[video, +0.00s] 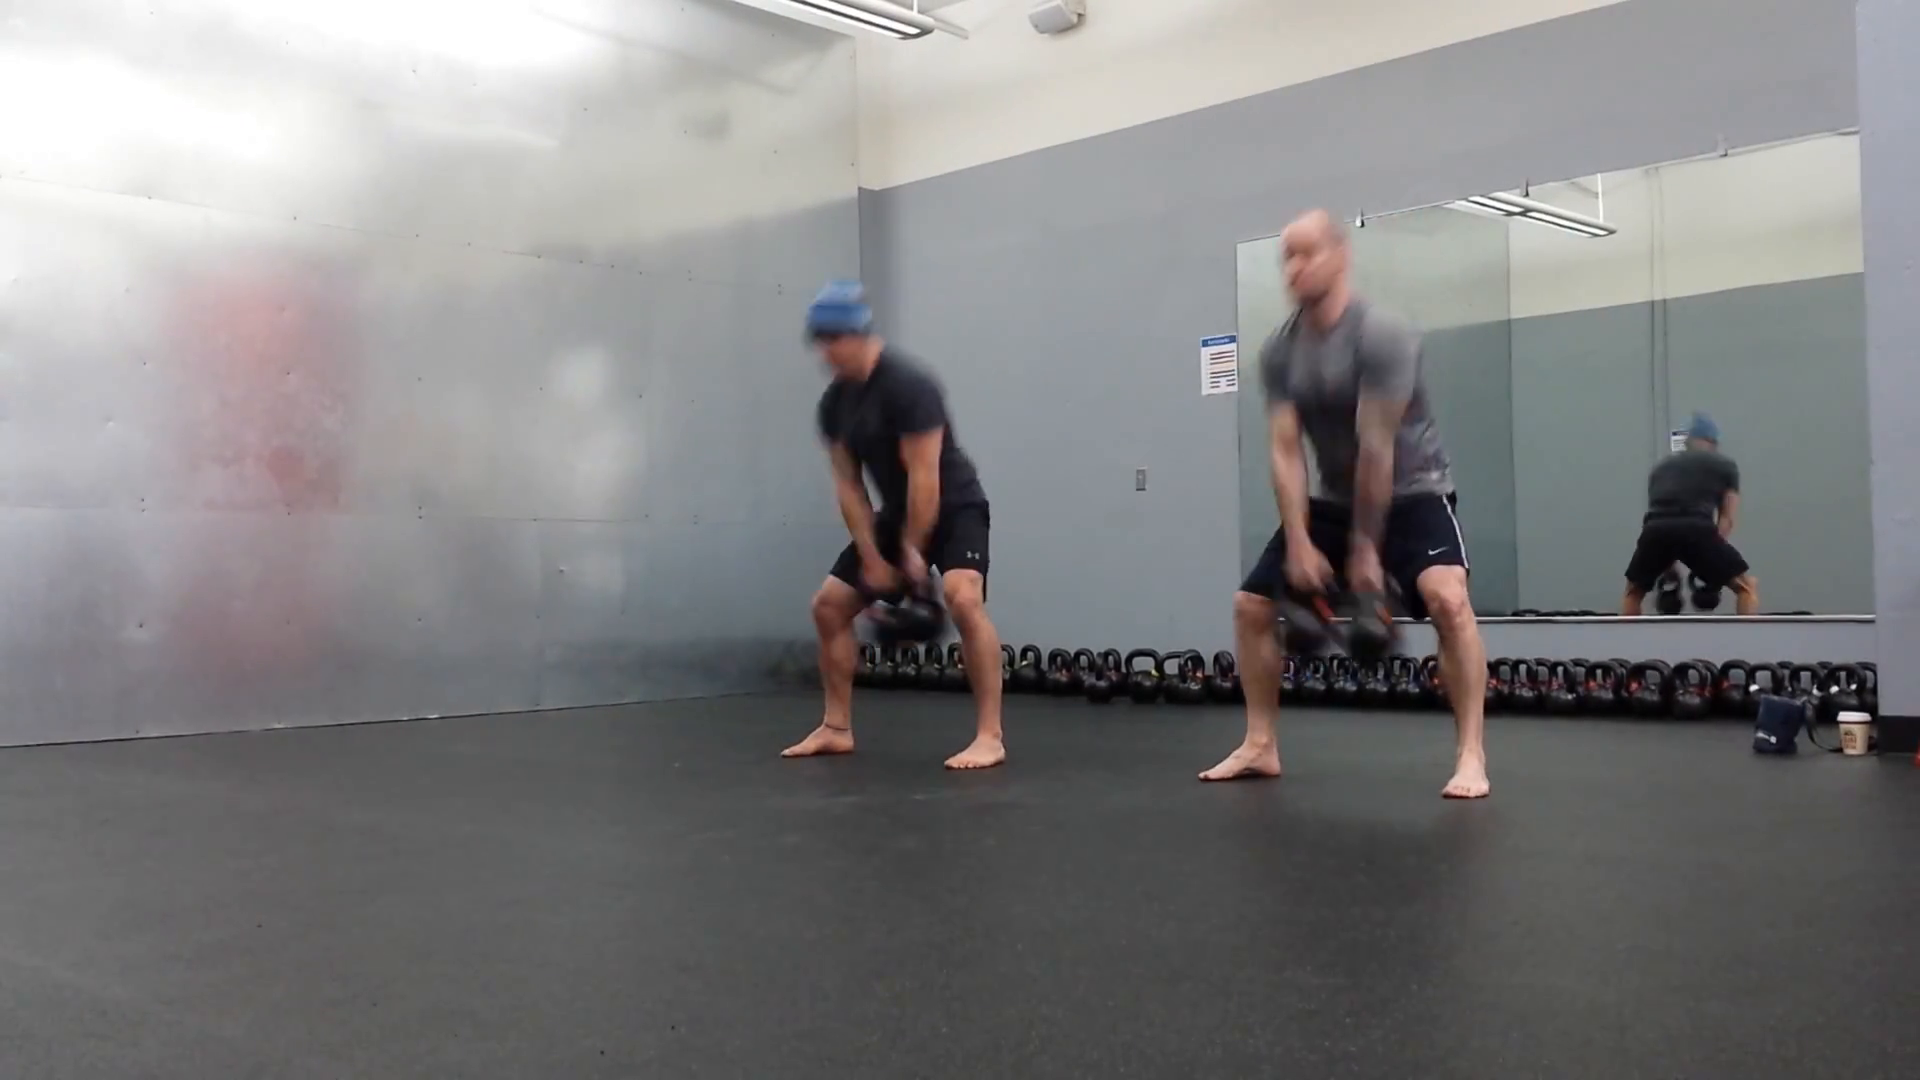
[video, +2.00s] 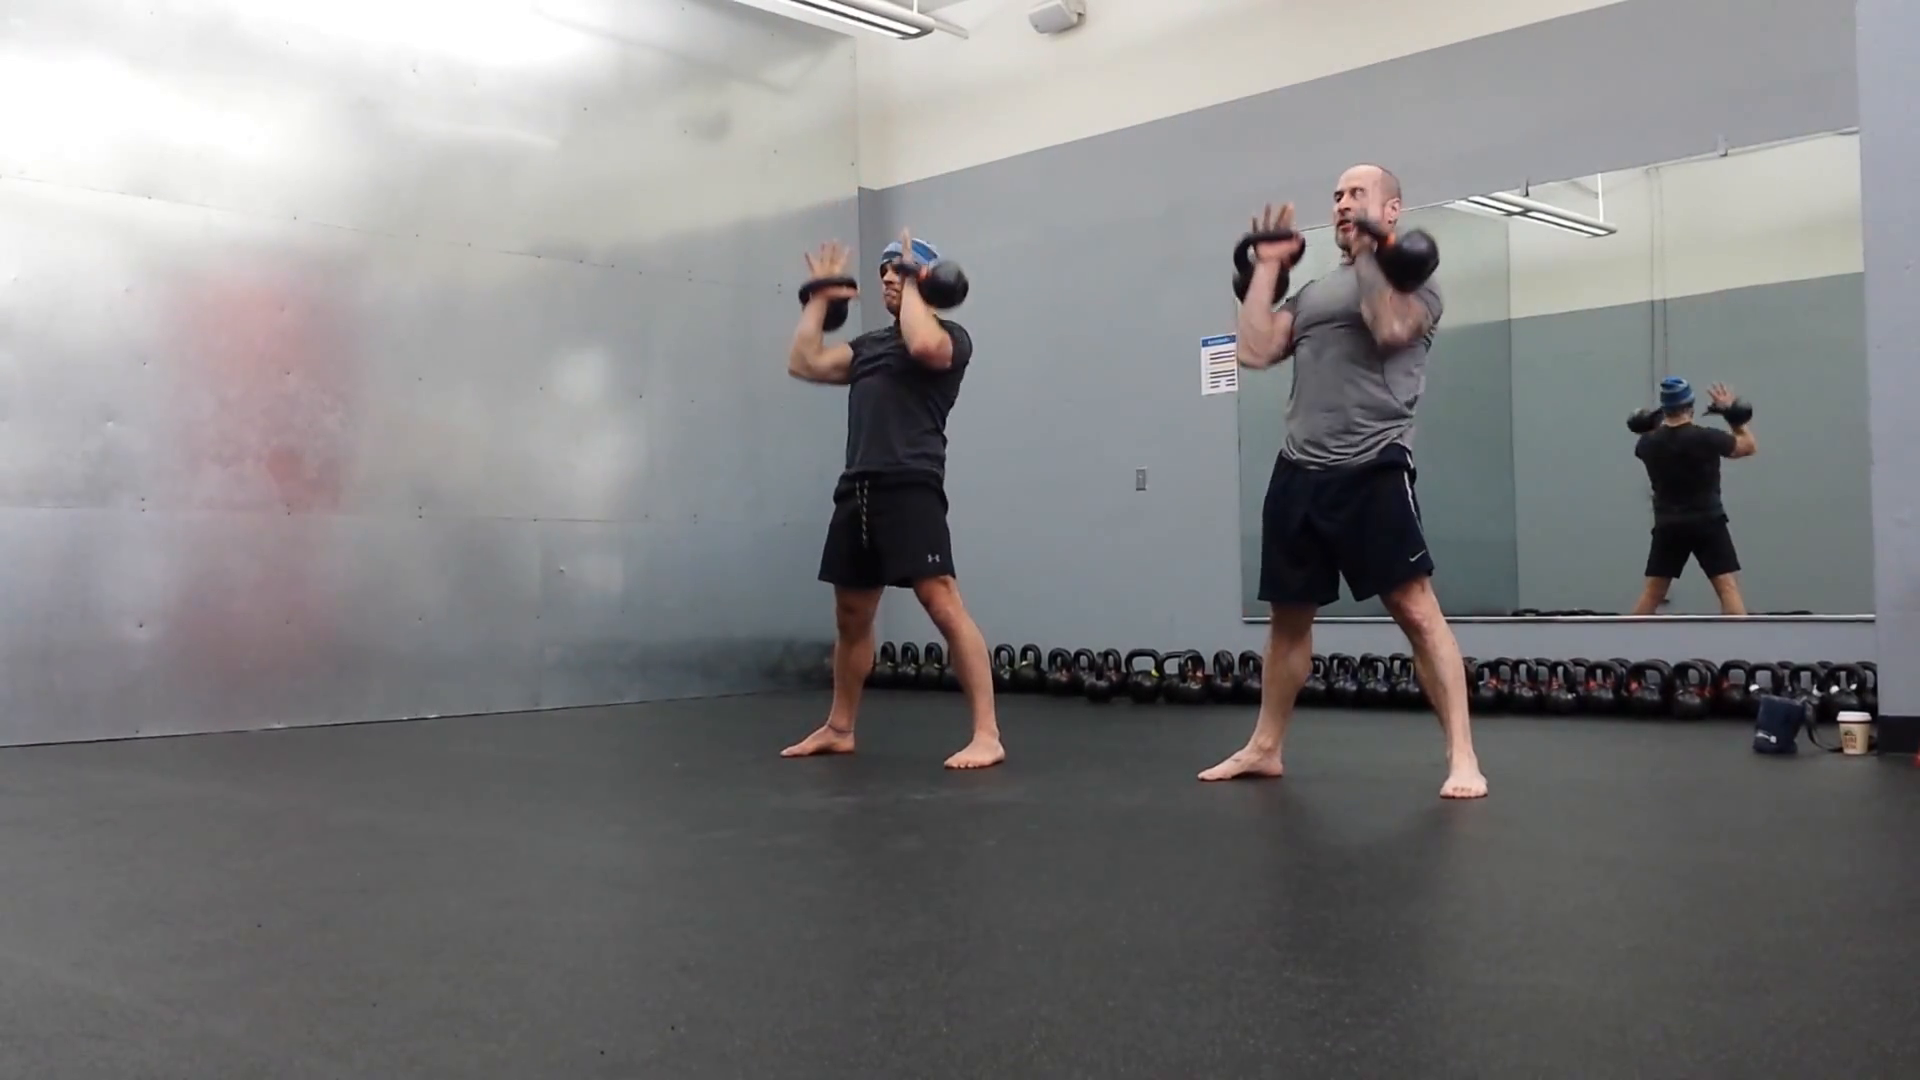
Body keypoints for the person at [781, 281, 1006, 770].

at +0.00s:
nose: (827, 351)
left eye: (833, 339)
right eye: (821, 341)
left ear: (860, 333)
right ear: (822, 342)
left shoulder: (912, 385)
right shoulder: (835, 402)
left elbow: (924, 477)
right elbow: (848, 485)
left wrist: (913, 547)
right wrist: (871, 555)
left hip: (956, 507)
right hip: (899, 511)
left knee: (962, 598)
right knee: (829, 608)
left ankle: (990, 736)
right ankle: (836, 727)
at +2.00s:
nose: (890, 282)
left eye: (902, 273)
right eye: (886, 273)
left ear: (926, 283)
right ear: (881, 284)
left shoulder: (951, 337)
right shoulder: (871, 345)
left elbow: (924, 346)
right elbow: (804, 362)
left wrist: (913, 282)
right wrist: (819, 298)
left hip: (912, 491)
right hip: (856, 492)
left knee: (944, 609)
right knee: (852, 618)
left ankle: (986, 736)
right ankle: (839, 727)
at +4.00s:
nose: (899, 287)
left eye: (909, 278)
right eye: (895, 281)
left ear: (939, 286)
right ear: (898, 289)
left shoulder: (964, 339)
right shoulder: (884, 349)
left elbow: (906, 324)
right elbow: (819, 348)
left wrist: (843, 287)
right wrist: (780, 311)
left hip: (930, 491)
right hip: (876, 494)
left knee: (954, 605)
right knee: (859, 613)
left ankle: (987, 736)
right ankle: (840, 727)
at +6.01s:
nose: (848, 280)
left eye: (858, 270)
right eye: (842, 272)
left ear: (888, 277)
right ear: (839, 282)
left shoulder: (909, 320)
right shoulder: (841, 328)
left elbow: (917, 229)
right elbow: (819, 249)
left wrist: (903, 157)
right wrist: (827, 171)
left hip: (893, 488)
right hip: (838, 492)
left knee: (936, 608)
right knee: (846, 619)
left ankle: (986, 735)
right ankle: (839, 728)